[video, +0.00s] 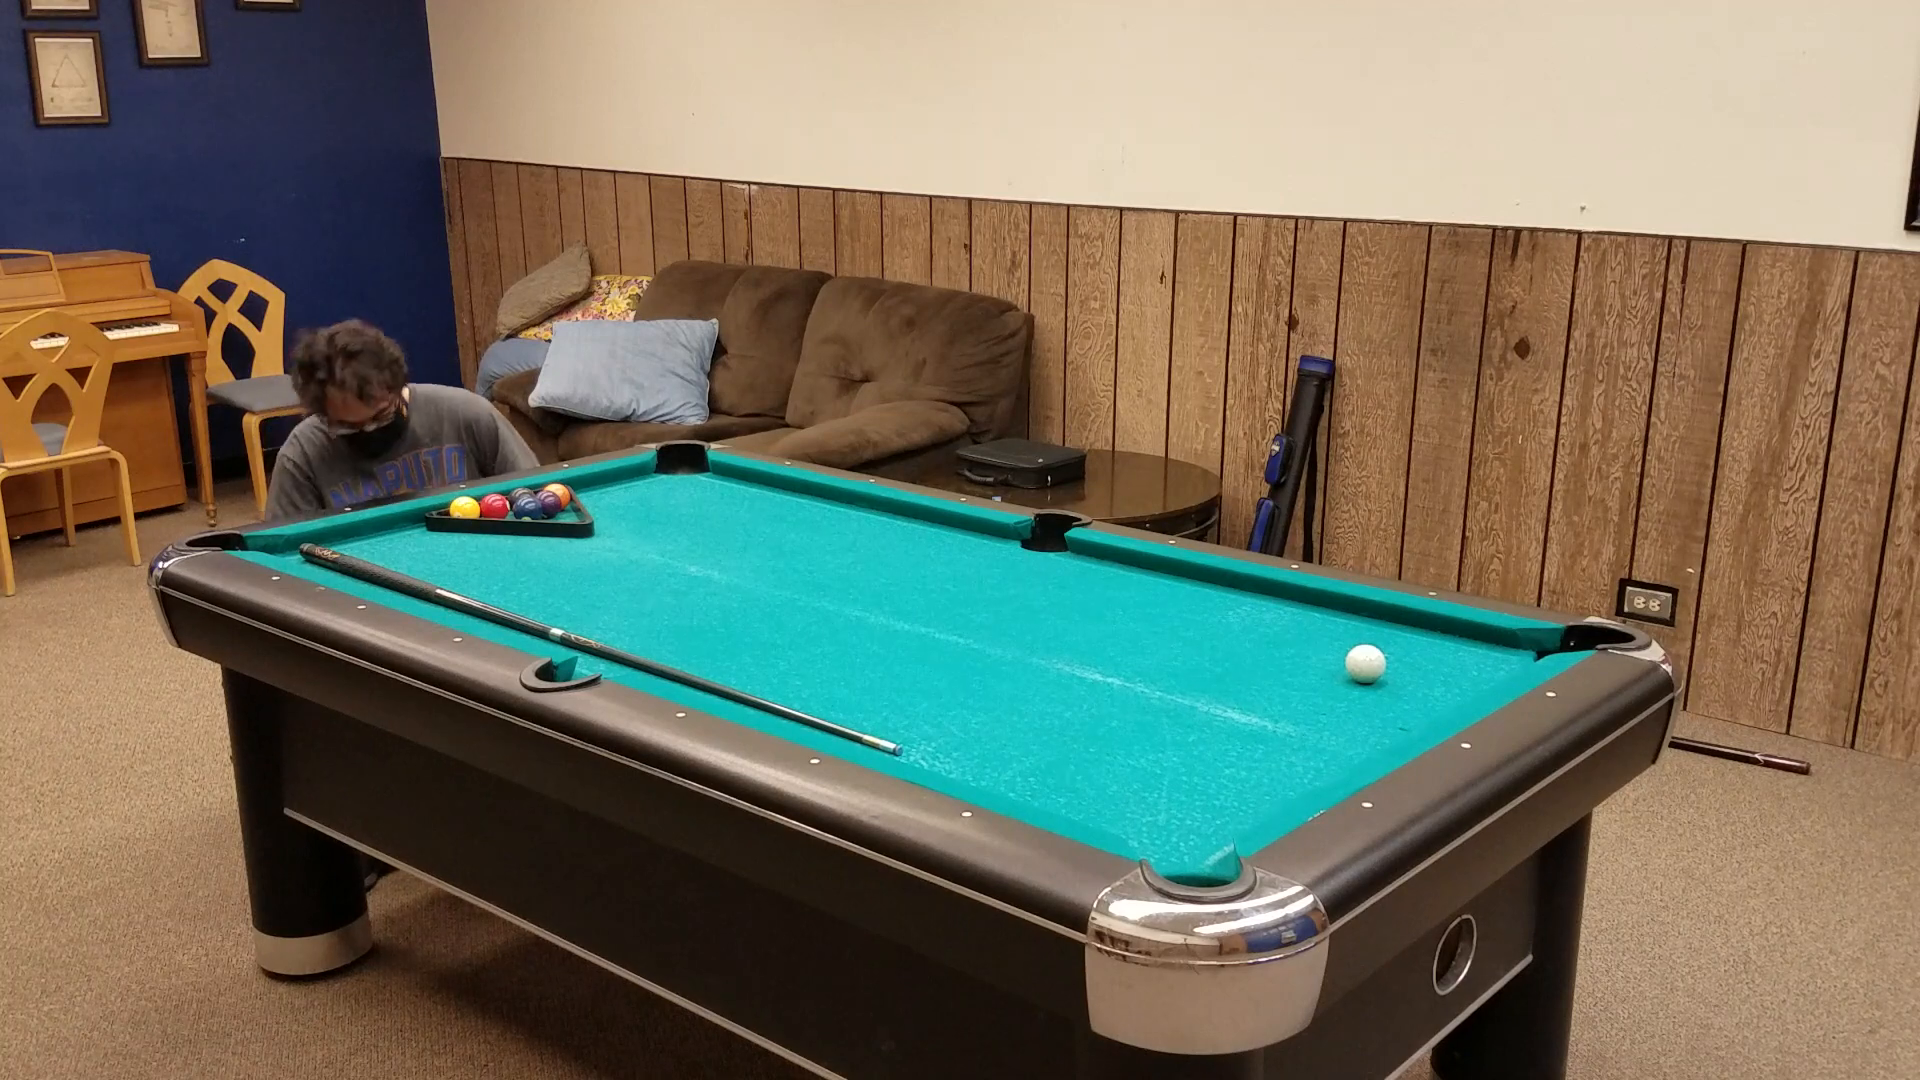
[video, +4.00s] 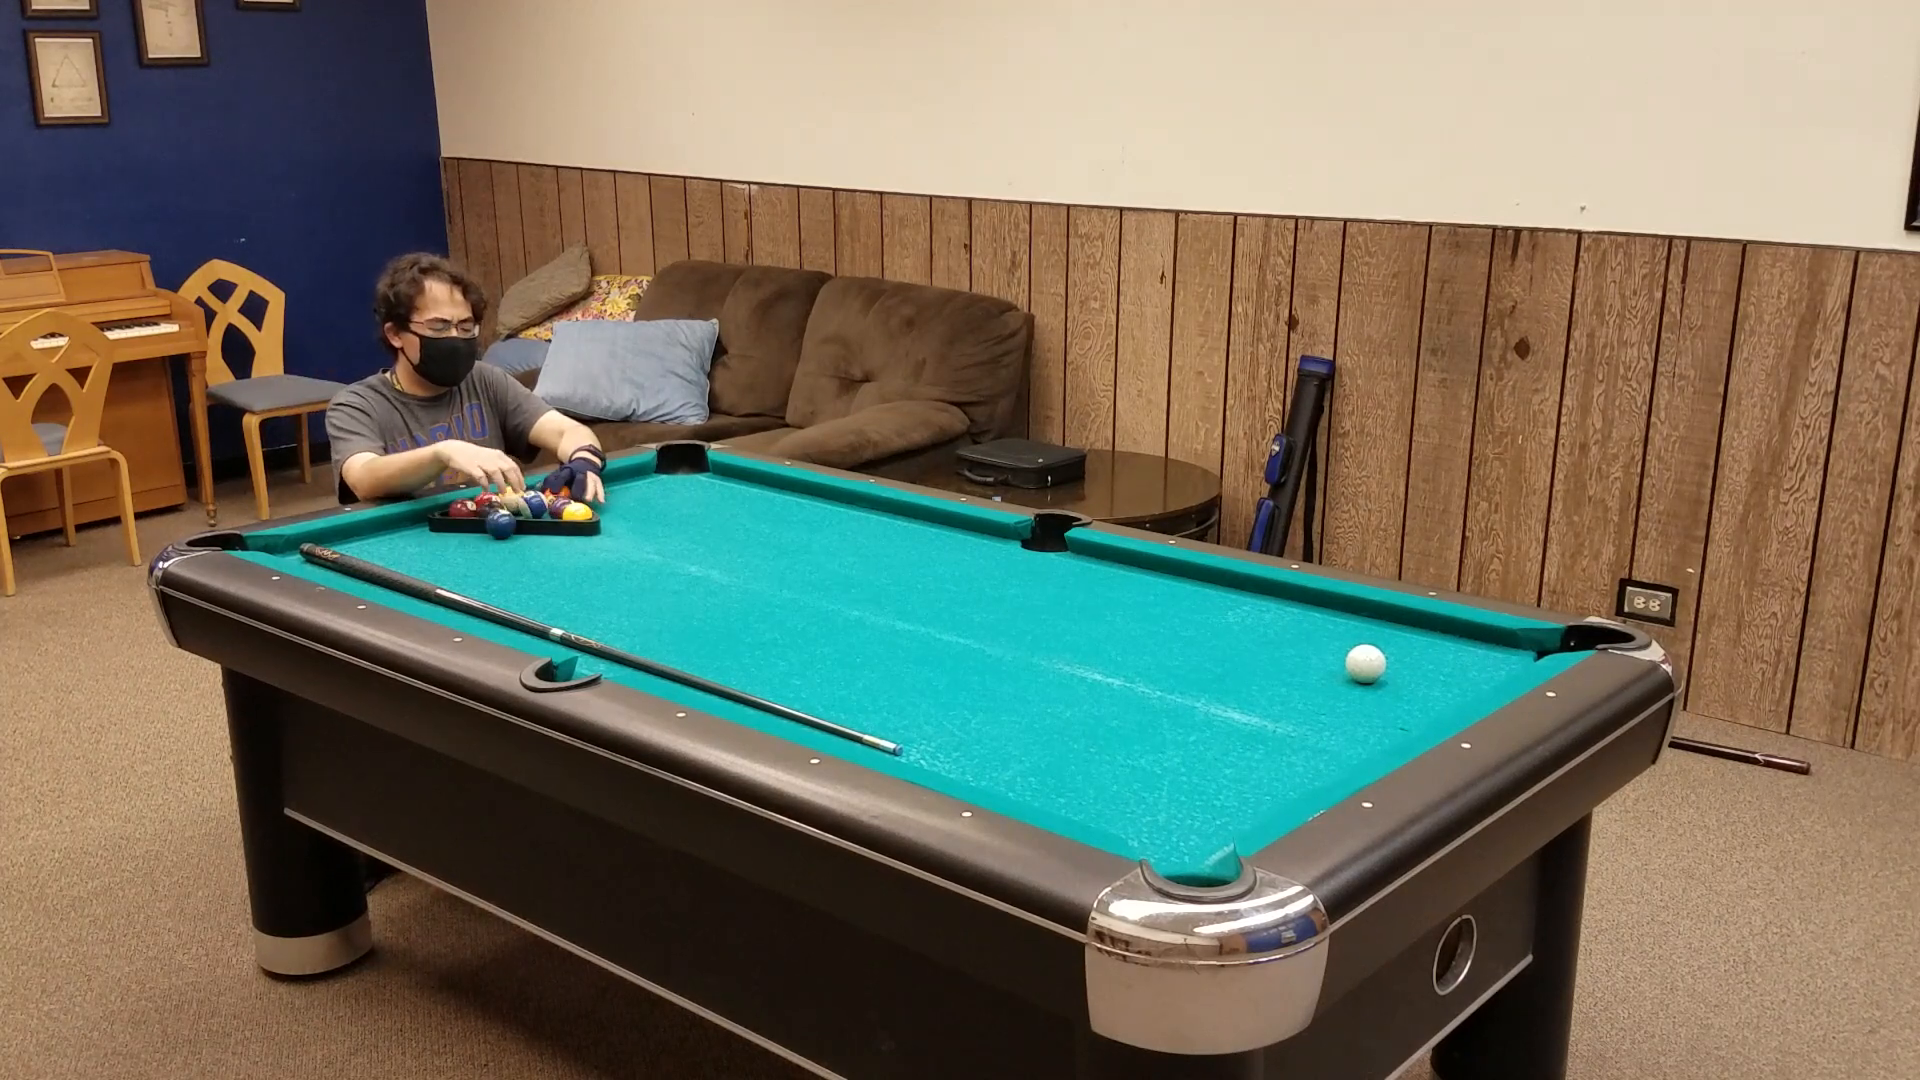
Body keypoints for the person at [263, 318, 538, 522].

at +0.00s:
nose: (367, 435)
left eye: (379, 418)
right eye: (348, 427)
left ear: (398, 388)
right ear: (320, 411)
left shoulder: (468, 415)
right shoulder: (303, 454)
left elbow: (536, 497)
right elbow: (281, 555)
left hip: (478, 571)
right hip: (365, 589)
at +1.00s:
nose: (445, 344)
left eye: (454, 329)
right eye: (427, 332)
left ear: (465, 326)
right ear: (385, 336)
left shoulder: (482, 381)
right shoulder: (350, 409)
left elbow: (549, 426)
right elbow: (356, 482)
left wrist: (574, 443)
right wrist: (443, 474)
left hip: (505, 552)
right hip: (411, 568)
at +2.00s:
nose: (472, 334)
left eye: (481, 322)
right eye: (455, 321)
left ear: (491, 323)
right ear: (411, 328)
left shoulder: (493, 381)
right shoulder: (372, 401)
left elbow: (569, 431)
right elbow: (410, 462)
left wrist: (582, 461)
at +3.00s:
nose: (459, 334)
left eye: (468, 322)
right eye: (442, 322)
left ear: (479, 324)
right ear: (399, 331)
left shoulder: (488, 381)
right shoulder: (362, 404)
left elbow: (567, 431)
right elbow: (379, 475)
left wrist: (584, 458)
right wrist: (475, 474)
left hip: (499, 558)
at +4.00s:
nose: (456, 339)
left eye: (465, 326)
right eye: (439, 326)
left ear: (476, 326)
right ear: (396, 334)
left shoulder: (486, 382)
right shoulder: (357, 405)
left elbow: (567, 432)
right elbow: (365, 481)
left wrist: (583, 458)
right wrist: (442, 453)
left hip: (501, 551)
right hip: (409, 566)